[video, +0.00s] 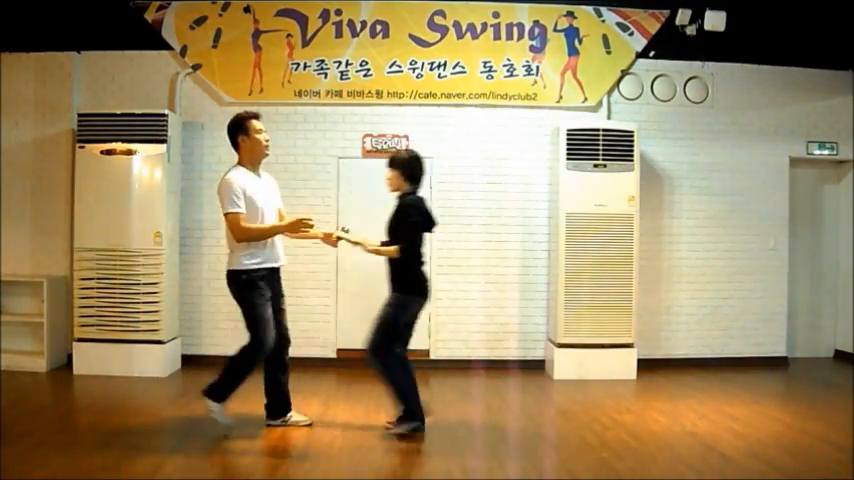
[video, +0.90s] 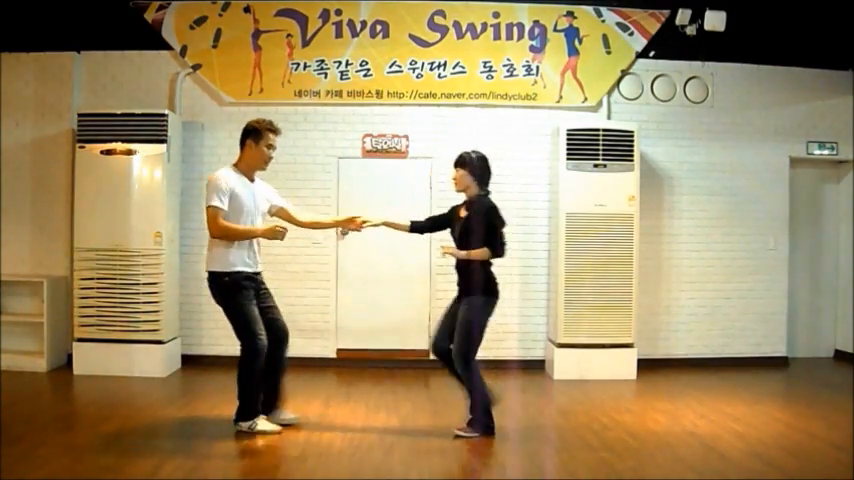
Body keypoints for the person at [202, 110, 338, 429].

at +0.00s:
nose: (267, 137)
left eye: (265, 132)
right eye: (260, 133)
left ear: (251, 141)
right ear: (241, 141)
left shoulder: (268, 181)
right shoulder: (231, 182)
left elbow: (281, 226)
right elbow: (239, 233)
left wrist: (318, 235)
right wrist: (285, 227)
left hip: (270, 271)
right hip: (246, 274)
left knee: (279, 341)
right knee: (263, 341)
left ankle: (278, 412)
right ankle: (215, 396)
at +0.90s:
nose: (273, 154)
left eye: (274, 149)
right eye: (269, 147)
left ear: (259, 149)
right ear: (249, 145)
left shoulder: (261, 189)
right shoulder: (221, 181)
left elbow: (299, 221)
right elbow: (216, 228)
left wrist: (339, 222)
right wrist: (260, 231)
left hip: (252, 276)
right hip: (227, 277)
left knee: (278, 334)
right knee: (255, 342)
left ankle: (270, 408)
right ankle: (247, 418)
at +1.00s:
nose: (266, 154)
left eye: (267, 148)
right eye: (262, 147)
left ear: (251, 149)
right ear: (241, 146)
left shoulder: (253, 189)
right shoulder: (216, 182)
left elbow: (286, 226)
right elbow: (216, 232)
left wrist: (329, 227)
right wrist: (263, 234)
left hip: (246, 276)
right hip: (222, 278)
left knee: (266, 338)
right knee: (253, 342)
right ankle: (247, 416)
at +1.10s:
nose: (259, 155)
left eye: (260, 149)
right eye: (255, 148)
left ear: (245, 151)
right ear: (234, 147)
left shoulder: (249, 192)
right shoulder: (211, 185)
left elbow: (272, 233)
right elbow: (212, 237)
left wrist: (314, 236)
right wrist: (258, 241)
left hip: (240, 279)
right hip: (217, 280)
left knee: (242, 345)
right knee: (250, 341)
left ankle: (188, 394)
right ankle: (247, 417)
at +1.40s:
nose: (246, 153)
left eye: (247, 147)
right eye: (242, 145)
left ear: (228, 148)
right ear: (222, 145)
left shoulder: (233, 186)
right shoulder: (197, 181)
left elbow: (241, 233)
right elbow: (194, 233)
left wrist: (276, 235)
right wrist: (240, 235)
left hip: (214, 274)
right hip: (193, 274)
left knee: (197, 344)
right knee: (220, 337)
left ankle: (169, 408)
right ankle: (201, 410)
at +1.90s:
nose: (256, 155)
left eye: (256, 148)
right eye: (252, 147)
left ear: (236, 149)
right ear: (232, 147)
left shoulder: (233, 186)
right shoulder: (205, 179)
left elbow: (217, 226)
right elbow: (178, 222)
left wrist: (239, 232)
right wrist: (221, 233)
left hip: (215, 278)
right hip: (192, 276)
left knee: (214, 343)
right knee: (198, 343)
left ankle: (180, 405)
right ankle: (171, 410)